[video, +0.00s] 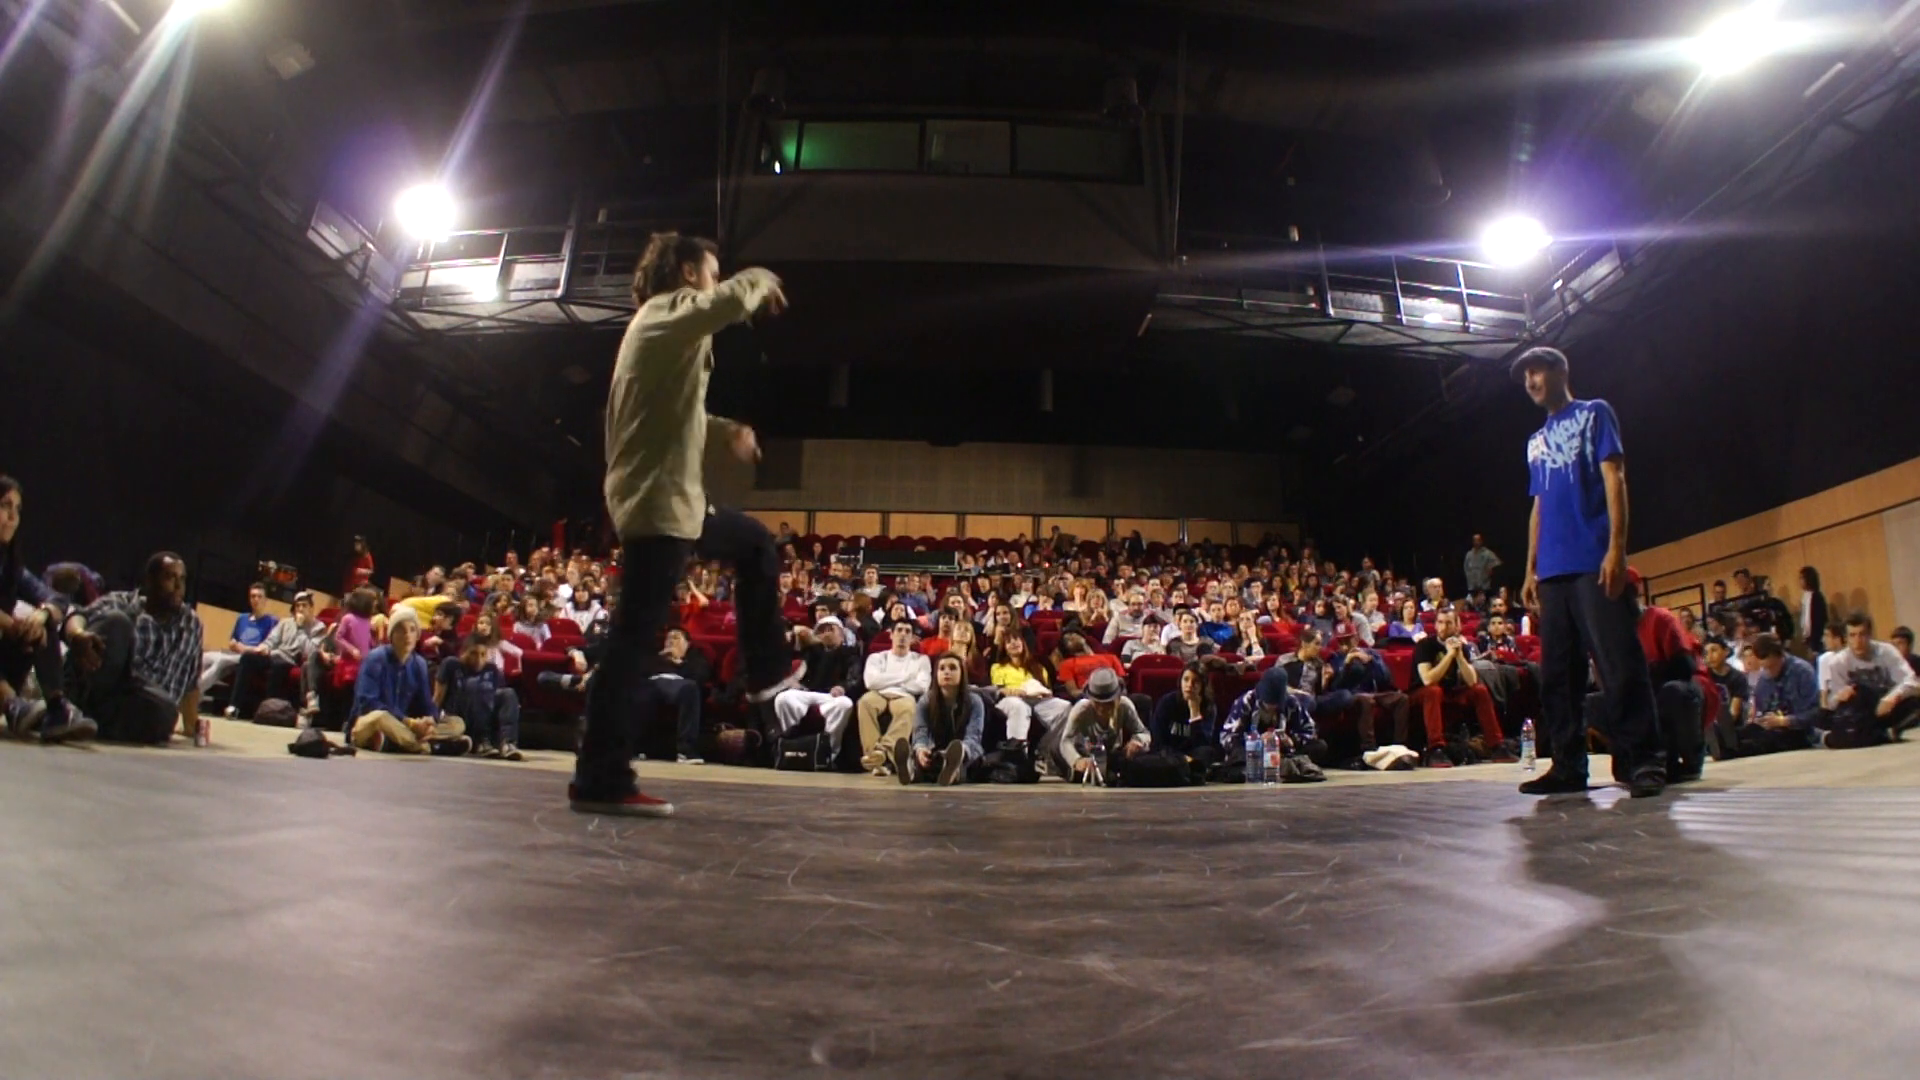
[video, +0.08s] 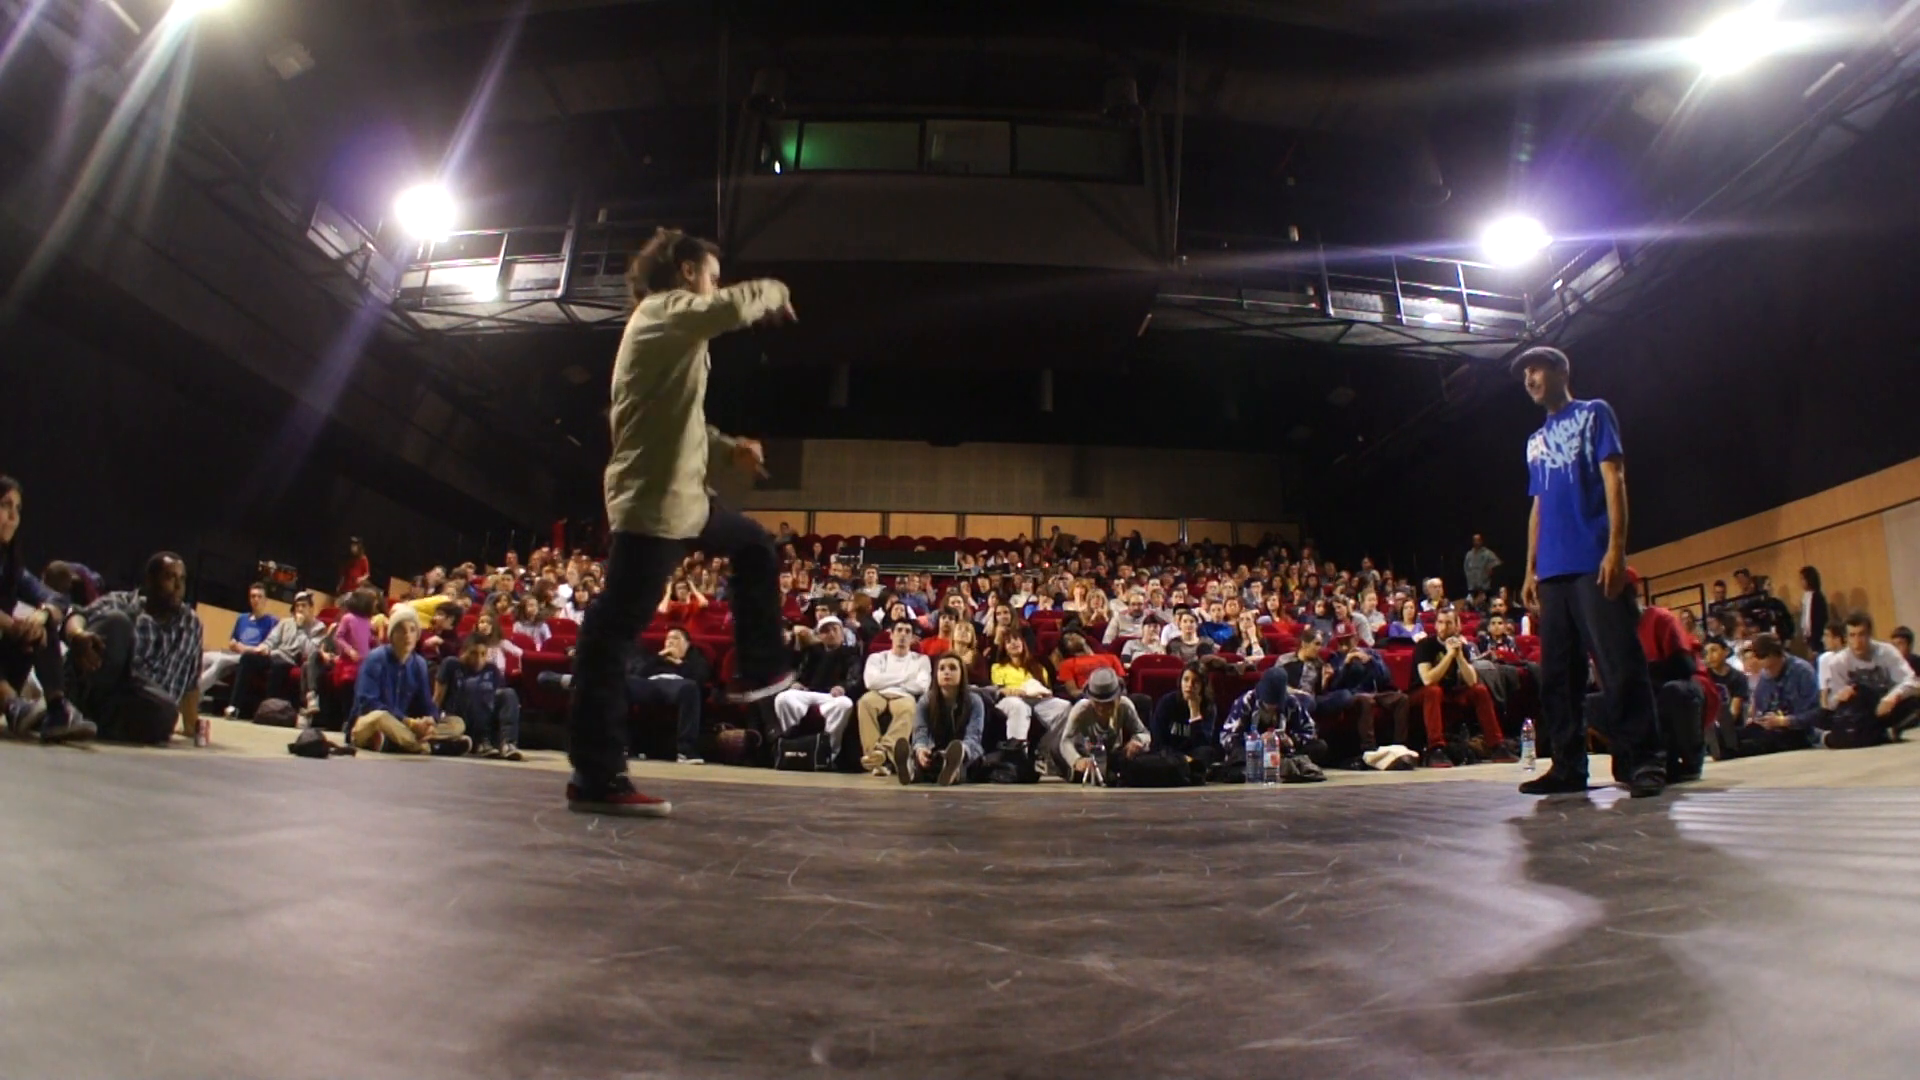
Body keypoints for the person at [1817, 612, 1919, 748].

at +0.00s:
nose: (1857, 641)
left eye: (1862, 635)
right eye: (1852, 635)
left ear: (1869, 634)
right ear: (1846, 638)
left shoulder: (1887, 652)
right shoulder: (1838, 662)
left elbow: (1911, 680)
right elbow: (1830, 703)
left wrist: (1892, 697)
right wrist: (1839, 697)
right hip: (1858, 707)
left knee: (1913, 702)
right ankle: (1883, 734)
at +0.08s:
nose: (1857, 641)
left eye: (1862, 635)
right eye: (1852, 635)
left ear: (1869, 634)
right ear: (1846, 638)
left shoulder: (1887, 652)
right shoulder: (1838, 662)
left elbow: (1911, 680)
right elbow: (1830, 703)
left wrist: (1892, 697)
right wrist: (1839, 696)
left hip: (1886, 704)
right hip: (1857, 706)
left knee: (1913, 703)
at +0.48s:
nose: (1857, 642)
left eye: (1862, 636)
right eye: (1851, 637)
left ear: (1869, 635)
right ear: (1845, 639)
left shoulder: (1887, 652)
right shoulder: (1838, 660)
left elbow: (1911, 680)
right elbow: (1830, 703)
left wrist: (1894, 695)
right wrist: (1839, 697)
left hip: (1885, 704)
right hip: (1856, 705)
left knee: (1913, 704)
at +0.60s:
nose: (1857, 642)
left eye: (1862, 635)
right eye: (1851, 636)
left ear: (1870, 634)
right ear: (1845, 638)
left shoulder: (1886, 651)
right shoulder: (1837, 659)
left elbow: (1911, 681)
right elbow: (1829, 702)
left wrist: (1894, 695)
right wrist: (1838, 697)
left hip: (1885, 703)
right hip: (1856, 704)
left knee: (1913, 704)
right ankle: (1885, 734)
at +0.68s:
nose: (1857, 642)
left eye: (1862, 635)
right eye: (1851, 636)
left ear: (1870, 635)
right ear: (1844, 638)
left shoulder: (1886, 651)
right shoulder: (1837, 660)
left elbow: (1911, 681)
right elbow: (1829, 702)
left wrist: (1894, 695)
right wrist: (1838, 697)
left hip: (1885, 703)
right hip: (1856, 704)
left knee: (1913, 704)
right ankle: (1884, 734)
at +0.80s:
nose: (1857, 642)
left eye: (1862, 635)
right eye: (1852, 636)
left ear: (1870, 635)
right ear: (1845, 638)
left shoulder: (1887, 652)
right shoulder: (1838, 661)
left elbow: (1911, 680)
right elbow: (1830, 702)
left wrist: (1894, 695)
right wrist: (1839, 696)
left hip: (1886, 703)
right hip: (1857, 706)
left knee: (1913, 704)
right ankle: (1884, 734)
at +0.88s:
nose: (1857, 642)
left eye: (1862, 635)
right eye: (1852, 636)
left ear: (1870, 635)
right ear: (1844, 638)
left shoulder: (1886, 652)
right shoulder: (1838, 661)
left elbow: (1911, 680)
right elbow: (1830, 702)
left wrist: (1894, 695)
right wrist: (1839, 696)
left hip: (1886, 703)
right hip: (1857, 705)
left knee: (1913, 704)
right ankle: (1884, 734)